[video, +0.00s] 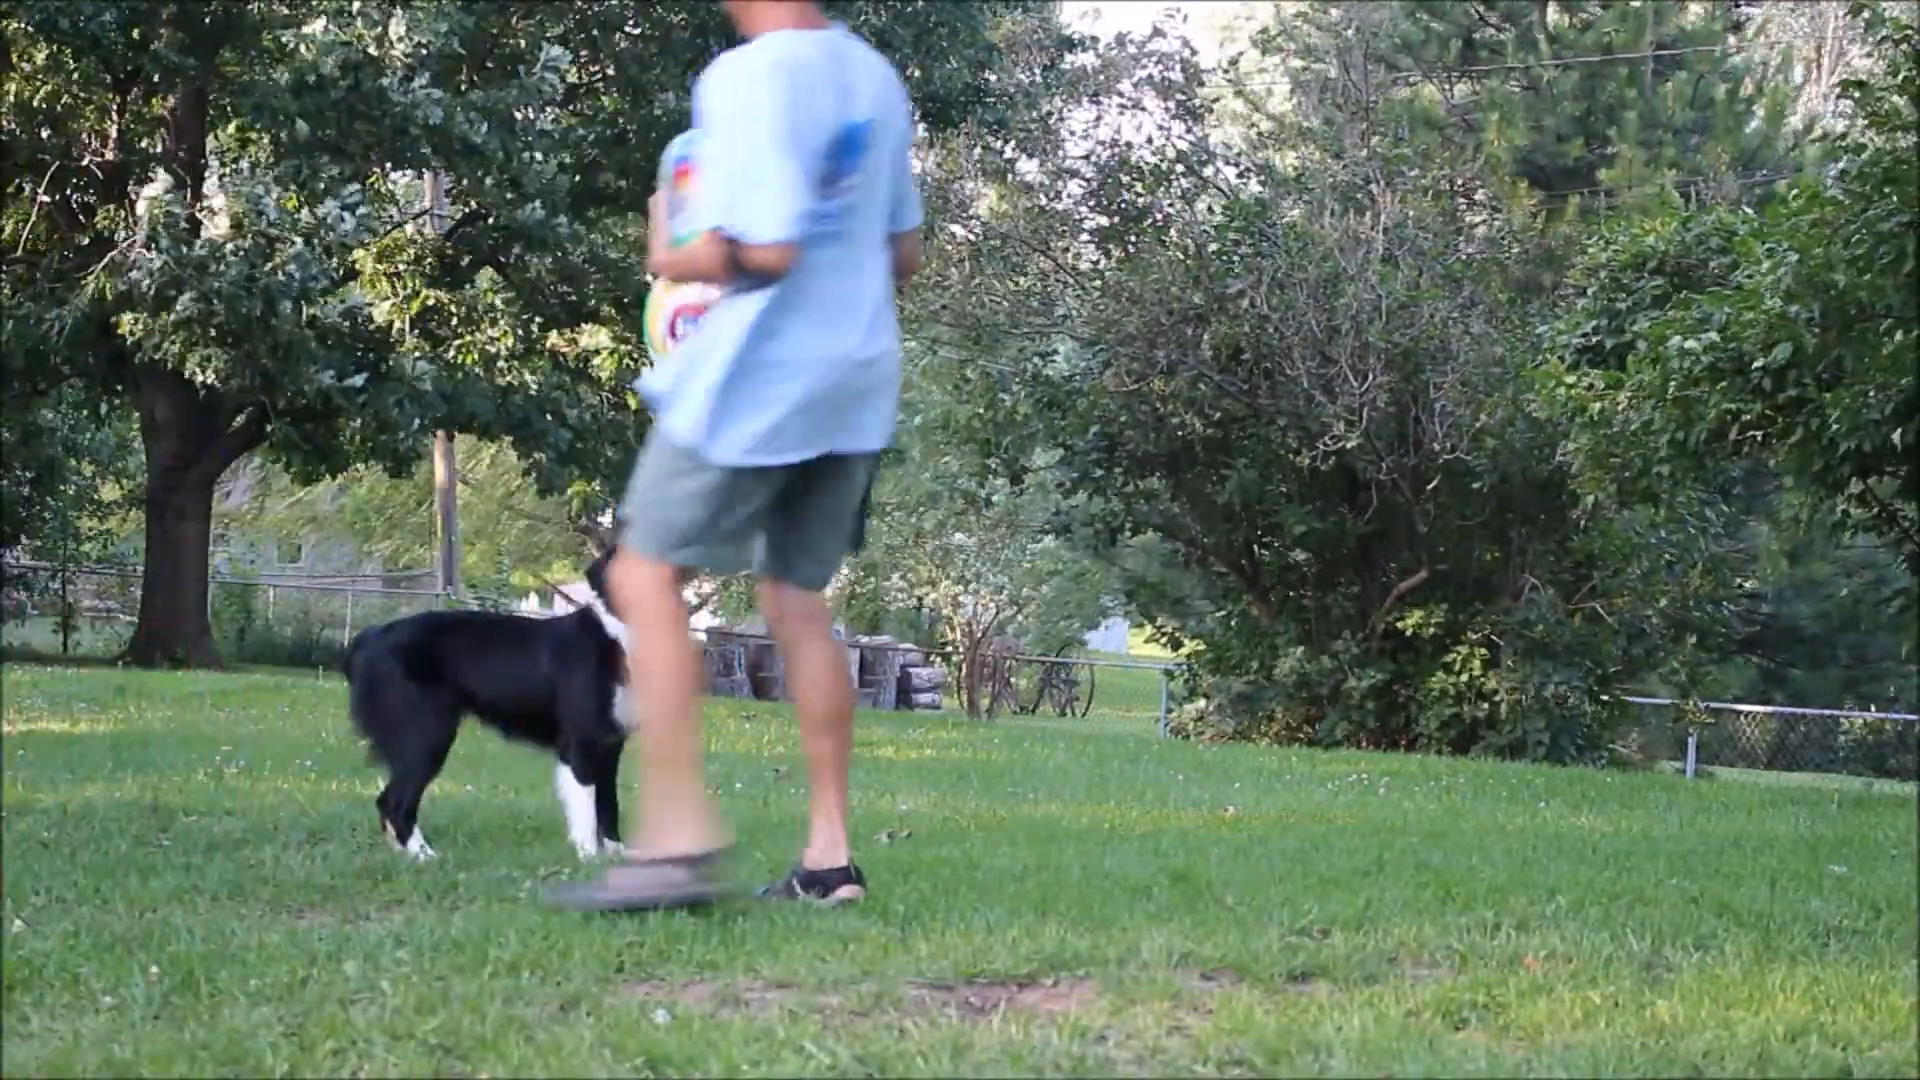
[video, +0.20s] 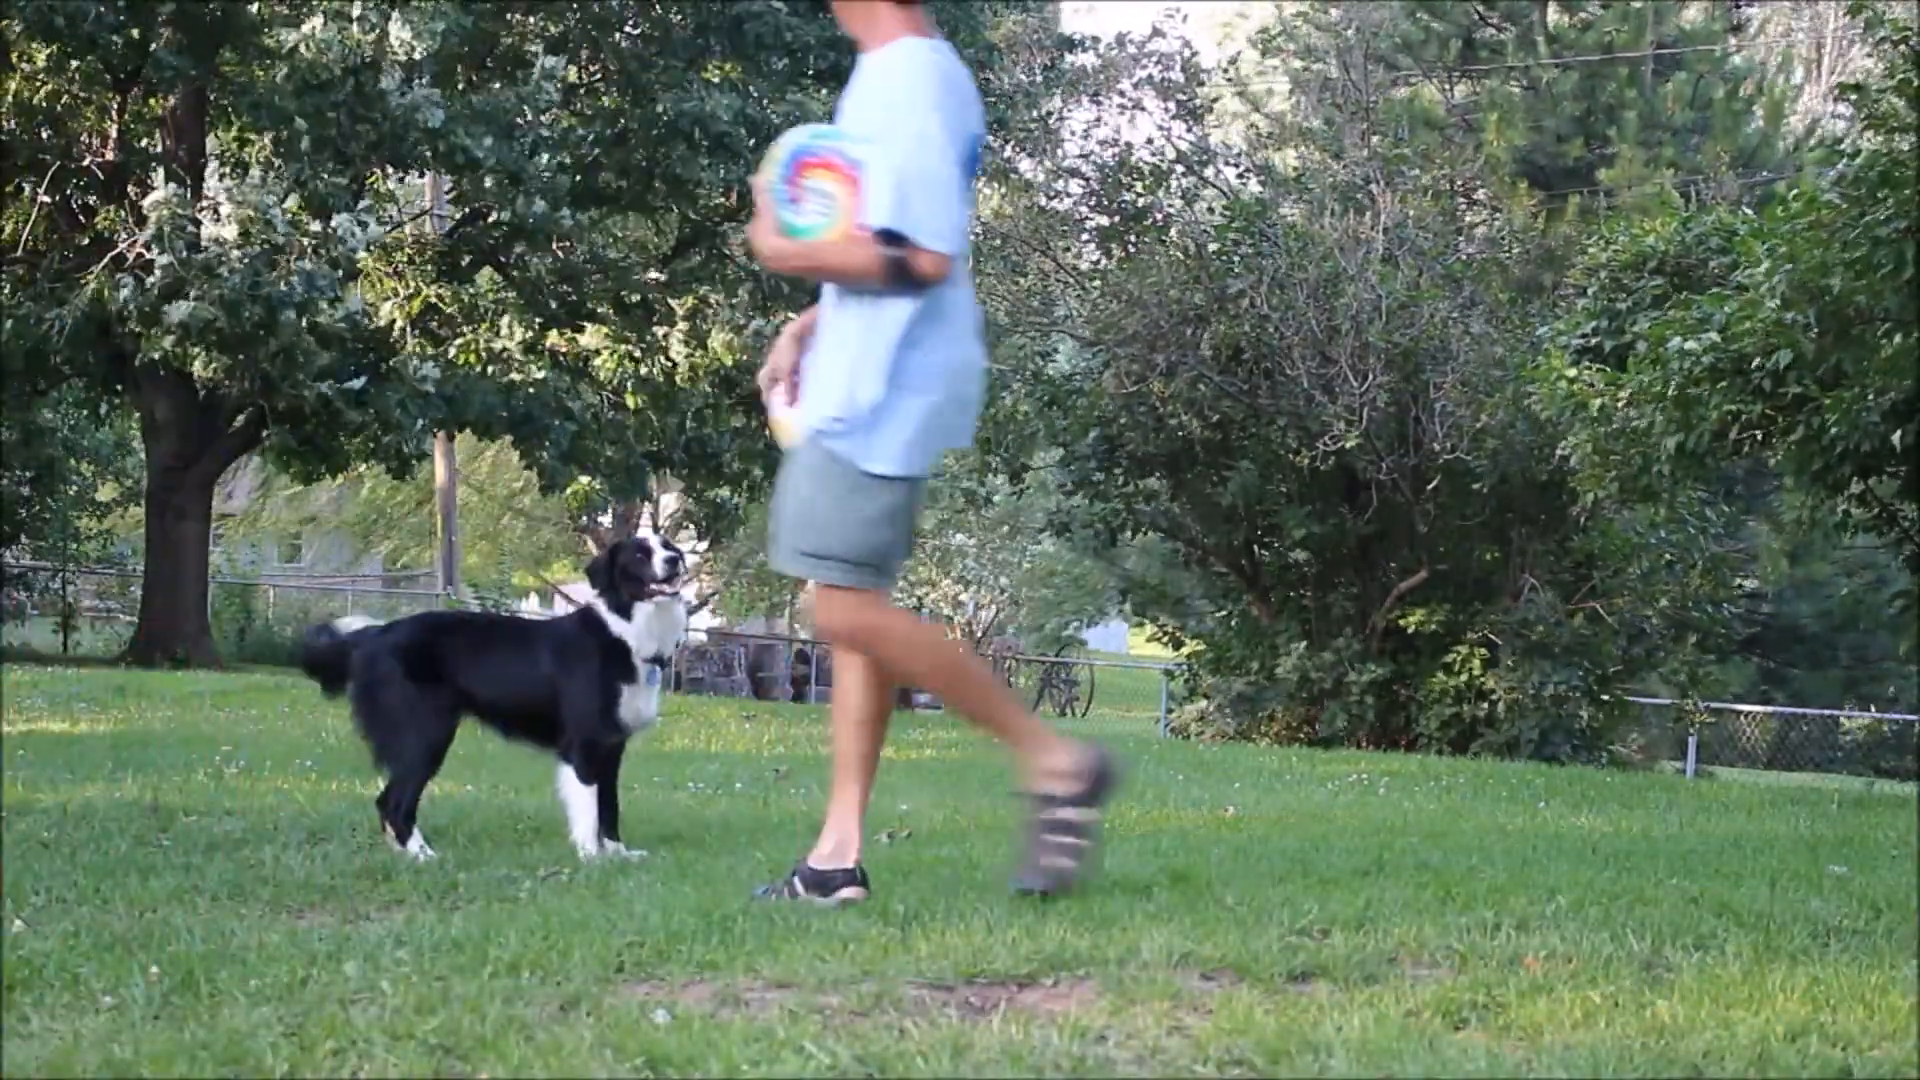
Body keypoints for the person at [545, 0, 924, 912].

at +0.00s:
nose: (724, 5)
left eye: (726, 2)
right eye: (730, 1)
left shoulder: (748, 74)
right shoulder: (879, 73)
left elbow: (763, 253)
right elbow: (900, 254)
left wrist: (671, 259)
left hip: (751, 388)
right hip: (857, 392)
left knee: (643, 571)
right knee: (797, 598)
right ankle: (829, 853)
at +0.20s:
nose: (829, 6)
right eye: (834, 1)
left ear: (855, 0)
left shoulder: (909, 78)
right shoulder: (891, 75)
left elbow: (923, 257)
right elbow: (886, 240)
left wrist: (780, 251)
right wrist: (814, 324)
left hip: (892, 385)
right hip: (870, 385)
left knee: (842, 608)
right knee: (855, 612)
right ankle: (838, 856)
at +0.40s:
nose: (921, 9)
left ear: (959, 7)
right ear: (989, 9)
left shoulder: (1037, 103)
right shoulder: (974, 107)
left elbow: (1046, 287)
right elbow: (955, 271)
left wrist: (912, 301)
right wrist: (851, 338)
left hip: (1028, 425)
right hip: (953, 422)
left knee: (1069, 619)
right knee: (924, 609)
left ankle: (1191, 840)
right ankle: (866, 849)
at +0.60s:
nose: (996, 5)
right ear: (1053, 1)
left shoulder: (1147, 97)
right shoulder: (1032, 80)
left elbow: (1202, 259)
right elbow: (1029, 232)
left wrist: (1076, 293)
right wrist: (934, 294)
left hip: (1123, 397)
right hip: (1027, 388)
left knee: (1138, 593)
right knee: (994, 572)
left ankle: (1194, 844)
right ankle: (997, 825)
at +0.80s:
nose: (1052, 4)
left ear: (1113, 1)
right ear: (1107, 6)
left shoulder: (1209, 105)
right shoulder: (1073, 90)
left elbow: (1256, 269)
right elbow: (1051, 228)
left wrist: (1143, 297)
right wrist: (962, 283)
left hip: (1169, 402)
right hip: (1079, 395)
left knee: (1157, 601)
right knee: (1064, 589)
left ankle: (1196, 847)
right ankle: (1178, 794)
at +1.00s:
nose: (1082, 12)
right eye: (1082, 1)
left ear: (1133, 3)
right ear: (1135, 8)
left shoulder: (1232, 103)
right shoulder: (1115, 98)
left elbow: (1287, 265)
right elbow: (1096, 238)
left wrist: (1163, 285)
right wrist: (1001, 292)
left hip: (1191, 393)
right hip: (1122, 390)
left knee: (1161, 589)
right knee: (1123, 581)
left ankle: (1193, 849)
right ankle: (1239, 782)